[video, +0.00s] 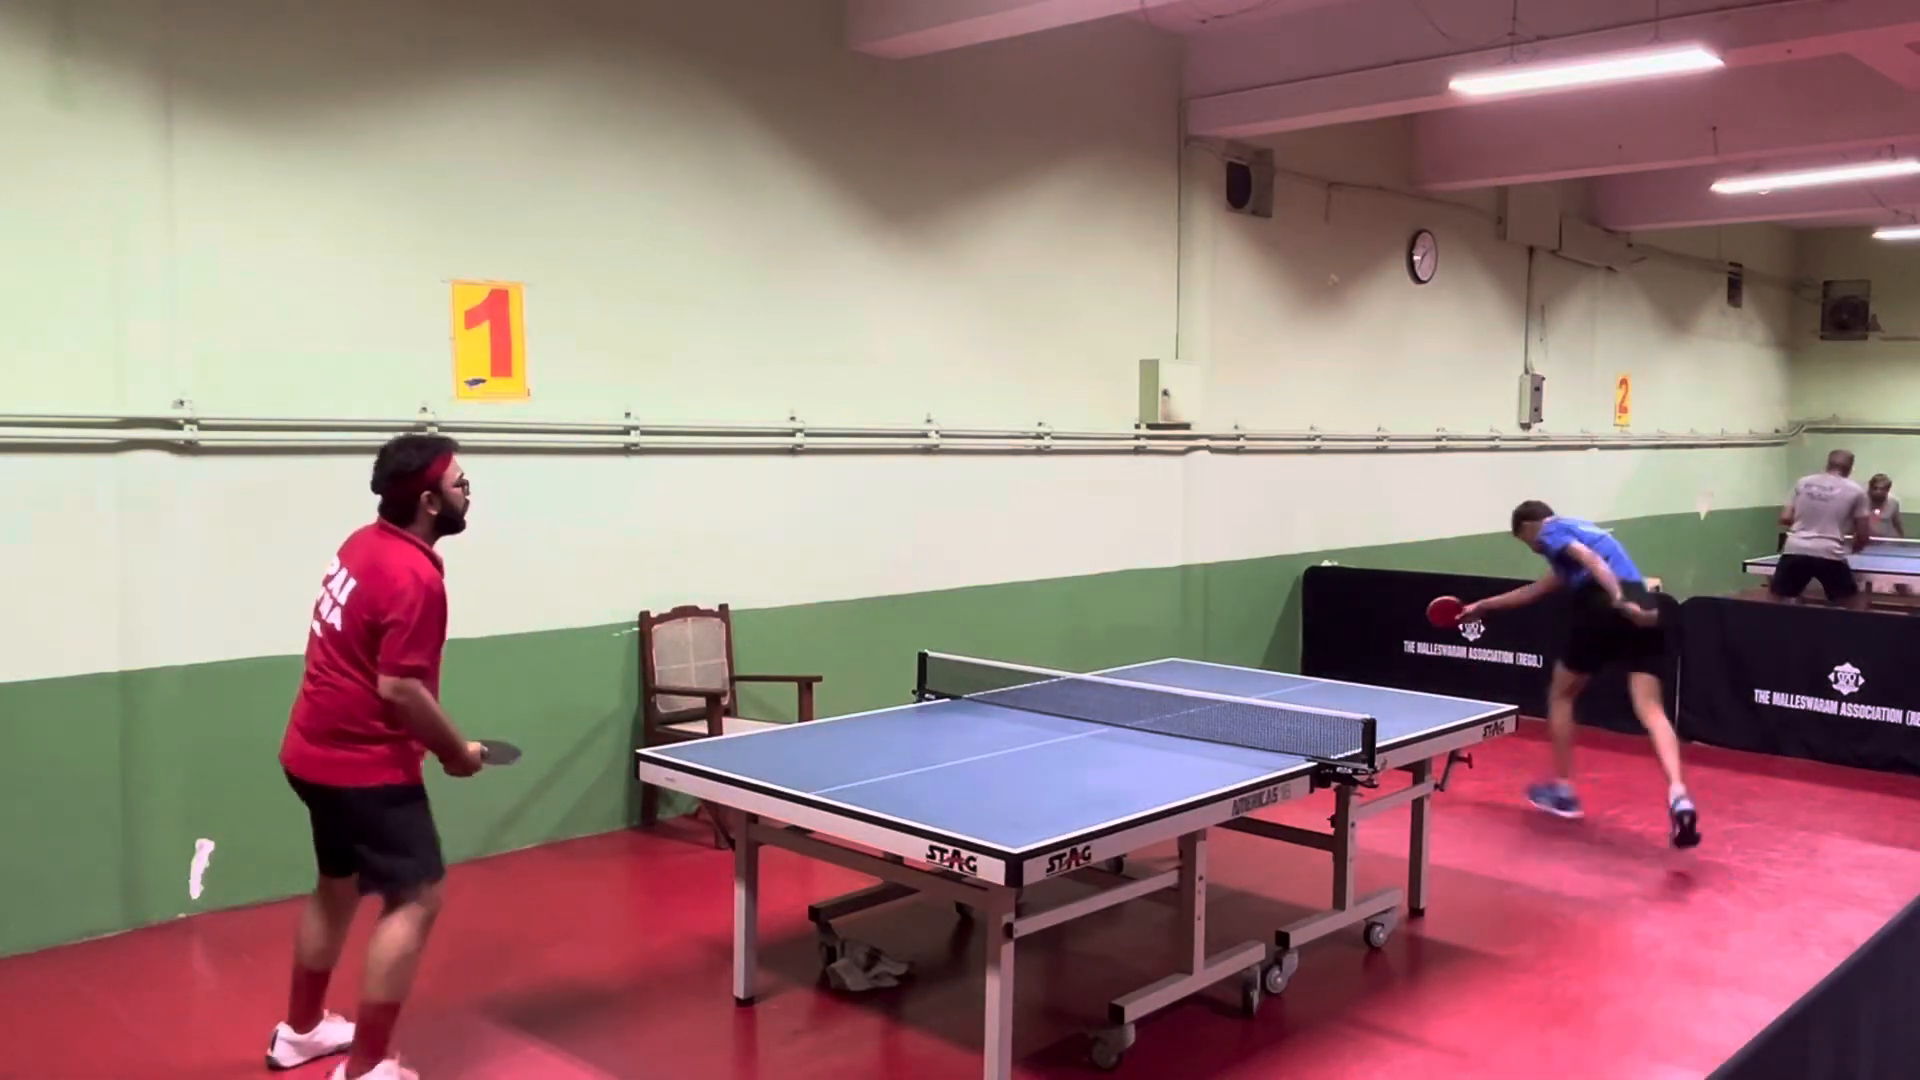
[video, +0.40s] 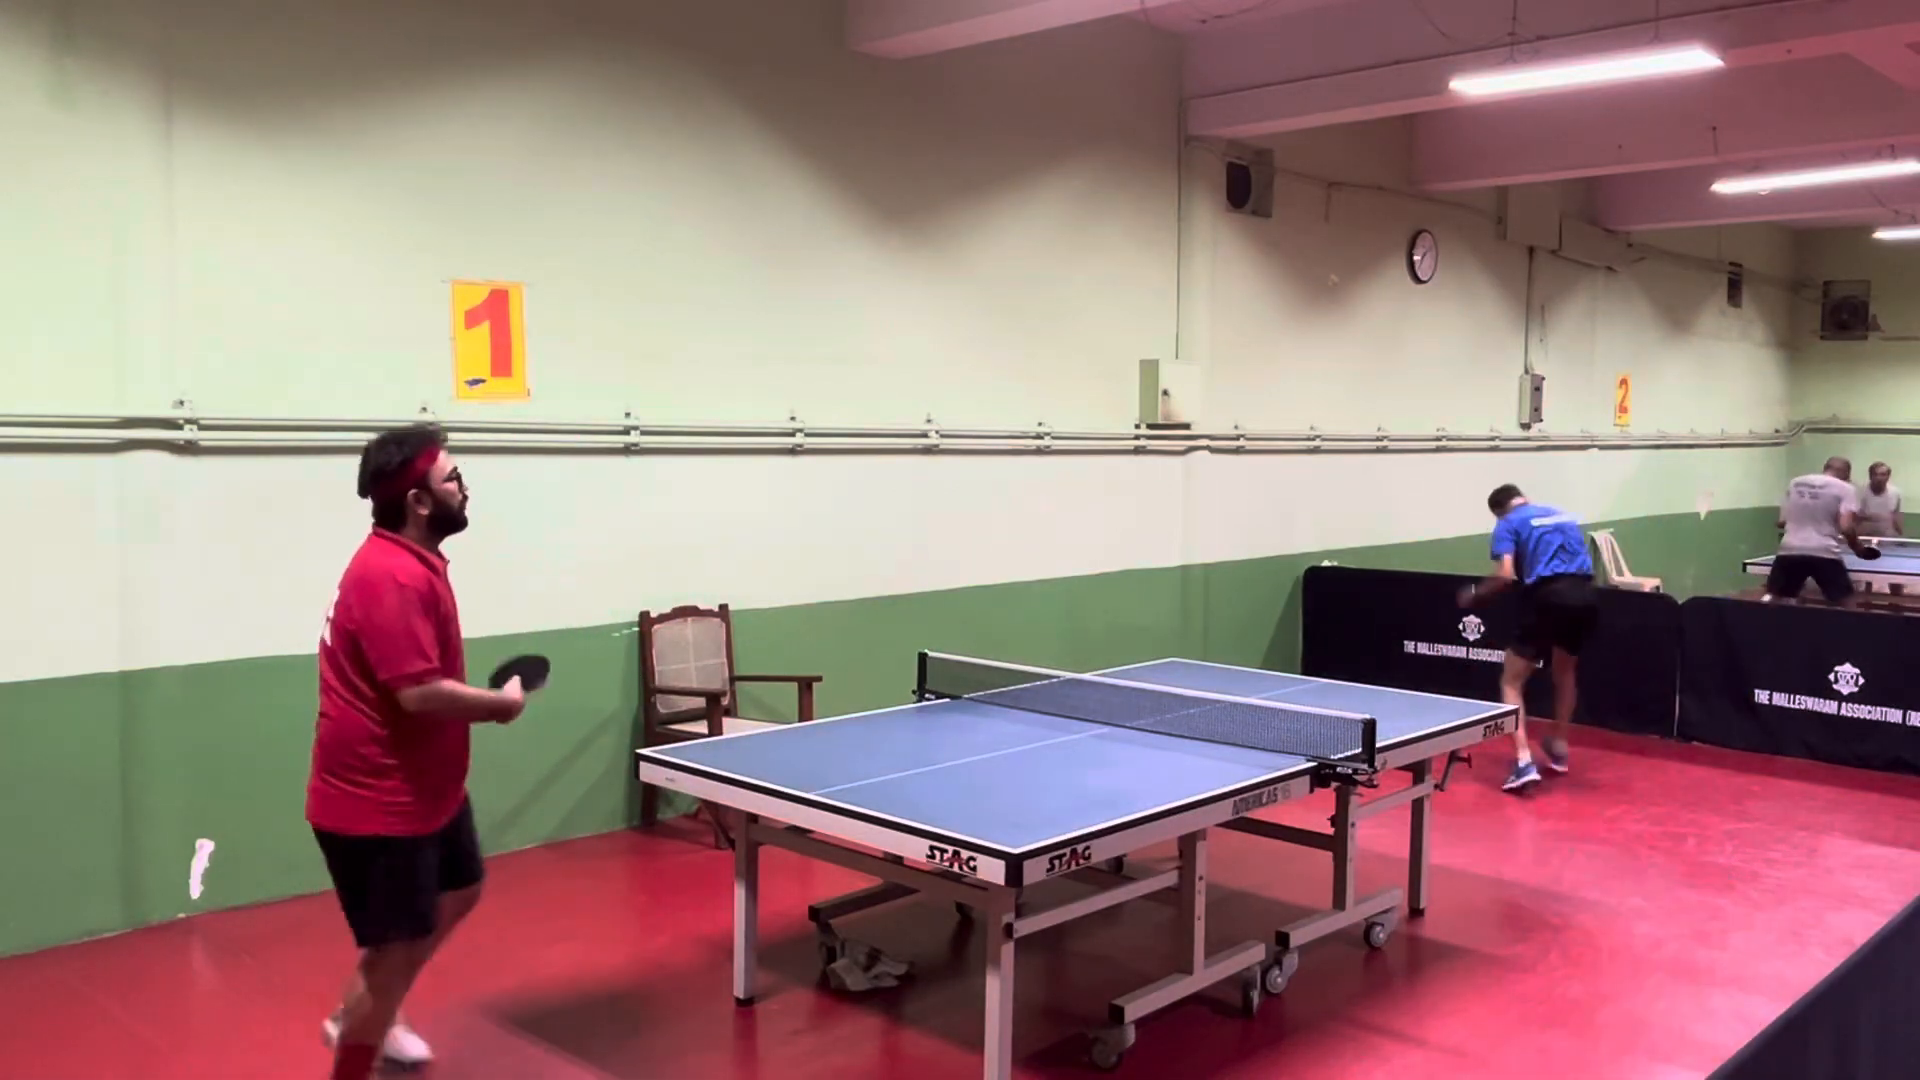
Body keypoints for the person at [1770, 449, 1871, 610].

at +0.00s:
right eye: (1851, 467)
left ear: (1827, 465)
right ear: (1849, 469)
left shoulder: (1803, 483)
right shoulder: (1856, 491)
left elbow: (1786, 518)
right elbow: (1862, 536)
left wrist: (1806, 523)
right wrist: (1853, 548)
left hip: (1795, 553)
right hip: (1829, 556)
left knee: (1775, 602)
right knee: (1851, 607)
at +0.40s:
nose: (1847, 480)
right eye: (1847, 476)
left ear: (1825, 469)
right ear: (1846, 474)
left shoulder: (1795, 483)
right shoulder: (1845, 488)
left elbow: (1782, 521)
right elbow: (1845, 527)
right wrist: (1860, 550)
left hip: (1789, 554)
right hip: (1824, 557)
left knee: (1772, 600)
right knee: (1848, 607)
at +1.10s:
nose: (1872, 477)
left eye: (1872, 474)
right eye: (1872, 474)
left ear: (1848, 468)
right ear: (1869, 475)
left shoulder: (1820, 480)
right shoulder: (1868, 497)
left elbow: (1799, 511)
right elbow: (1864, 539)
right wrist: (1845, 544)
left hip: (1798, 548)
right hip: (1832, 554)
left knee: (1775, 598)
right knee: (1852, 606)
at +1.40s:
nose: (1850, 477)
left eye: (1850, 473)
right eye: (1849, 473)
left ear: (1827, 469)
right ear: (1846, 473)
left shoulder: (1800, 484)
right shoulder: (1847, 496)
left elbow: (1786, 519)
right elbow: (1856, 537)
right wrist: (1861, 551)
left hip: (1783, 556)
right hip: (1816, 561)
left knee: (1763, 604)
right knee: (1838, 607)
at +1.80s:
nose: (1842, 479)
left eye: (1843, 475)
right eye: (1843, 475)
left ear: (1819, 469)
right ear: (1839, 474)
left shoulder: (1794, 483)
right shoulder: (1836, 493)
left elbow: (1767, 516)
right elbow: (1845, 539)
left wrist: (1783, 526)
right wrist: (1872, 555)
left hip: (1777, 553)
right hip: (1809, 556)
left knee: (1758, 602)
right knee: (1839, 603)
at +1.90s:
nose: (1856, 484)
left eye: (1857, 480)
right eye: (1856, 480)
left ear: (1833, 474)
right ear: (1851, 478)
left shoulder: (1810, 489)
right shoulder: (1843, 498)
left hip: (1789, 557)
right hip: (1817, 560)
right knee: (1854, 608)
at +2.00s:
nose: (1879, 490)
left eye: (1880, 486)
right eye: (1879, 486)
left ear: (1857, 478)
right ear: (1873, 483)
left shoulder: (1835, 495)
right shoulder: (1862, 502)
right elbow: (1876, 541)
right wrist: (1915, 550)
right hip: (1833, 566)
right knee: (1862, 595)